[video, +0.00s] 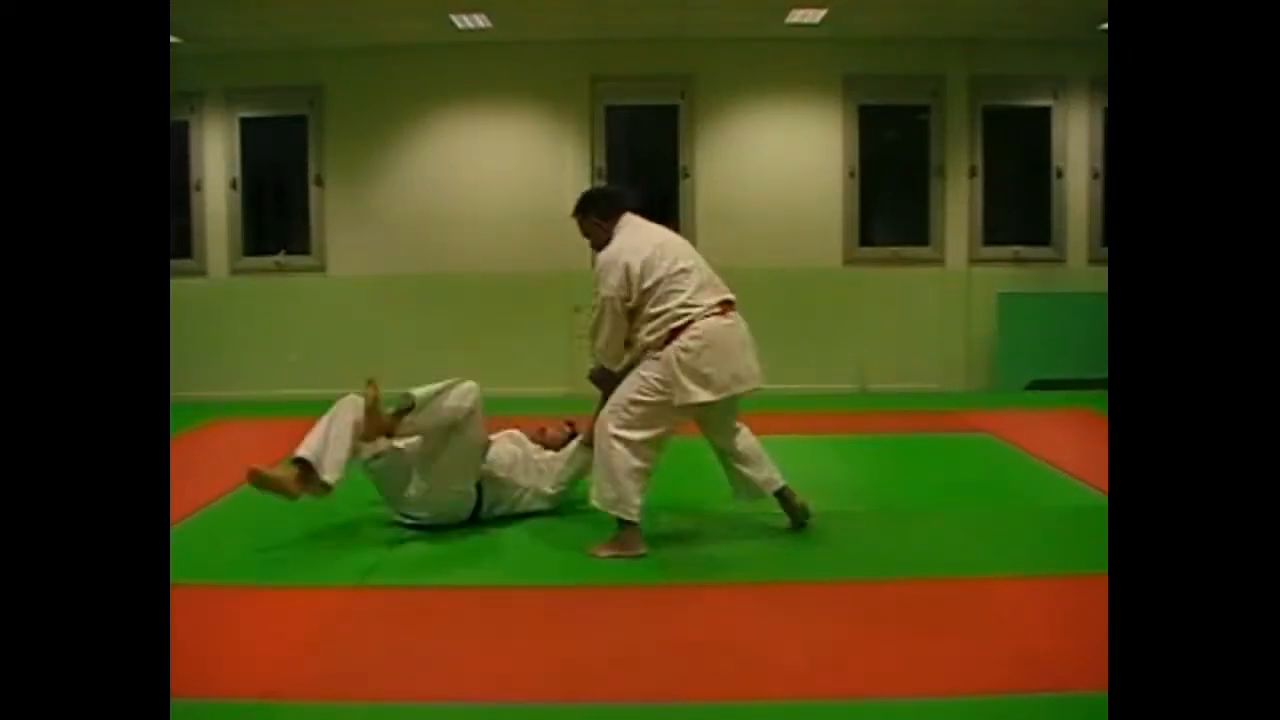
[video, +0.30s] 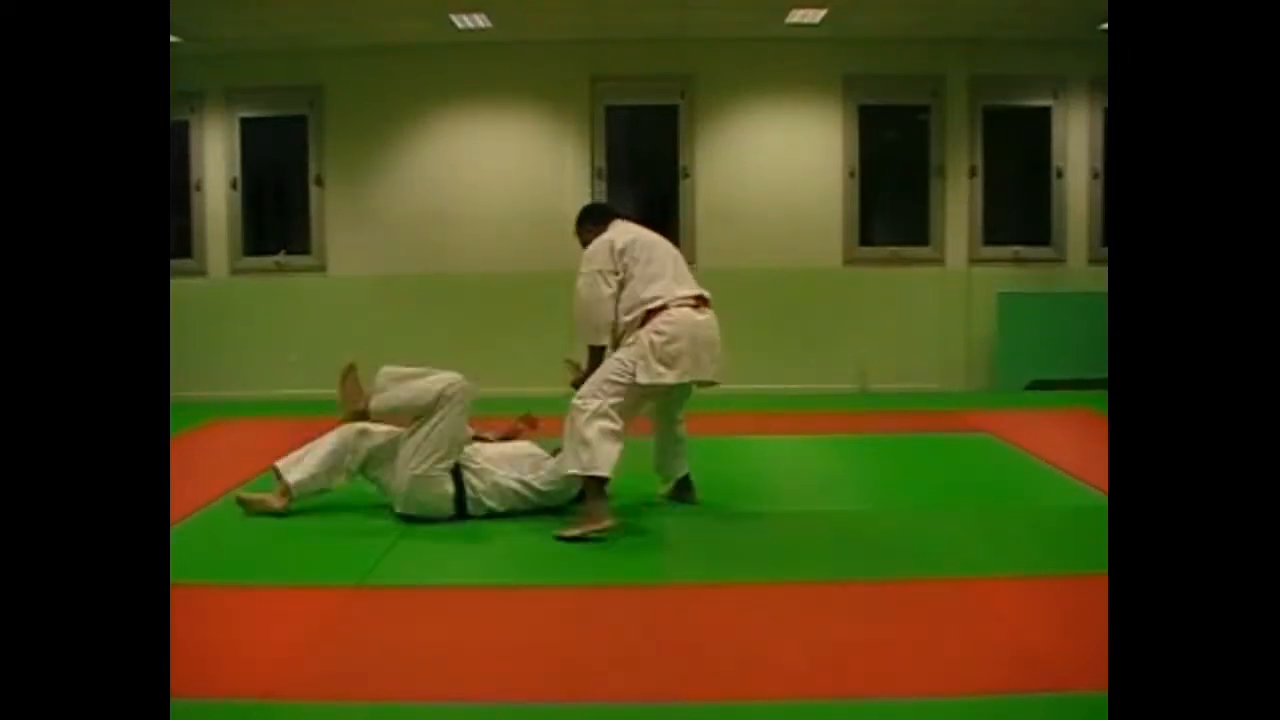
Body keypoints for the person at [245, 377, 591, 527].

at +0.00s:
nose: (547, 427)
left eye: (558, 431)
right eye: (551, 423)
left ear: (563, 449)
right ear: (538, 424)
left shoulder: (552, 479)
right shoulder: (501, 445)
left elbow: (590, 442)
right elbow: (453, 446)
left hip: (451, 500)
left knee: (468, 394)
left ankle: (389, 425)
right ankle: (303, 473)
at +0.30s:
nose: (571, 427)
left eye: (575, 427)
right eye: (575, 422)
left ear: (580, 446)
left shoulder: (564, 478)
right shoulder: (532, 460)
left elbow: (593, 436)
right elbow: (468, 451)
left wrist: (591, 394)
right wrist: (501, 437)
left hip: (437, 494)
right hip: (421, 479)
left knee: (456, 389)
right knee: (358, 435)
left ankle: (366, 407)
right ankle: (284, 494)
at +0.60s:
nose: (551, 446)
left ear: (567, 461)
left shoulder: (550, 471)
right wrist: (452, 445)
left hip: (424, 478)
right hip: (410, 498)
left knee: (387, 375)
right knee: (354, 478)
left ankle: (318, 428)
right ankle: (281, 501)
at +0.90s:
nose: (544, 427)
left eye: (550, 430)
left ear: (561, 450)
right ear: (574, 486)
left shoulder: (540, 456)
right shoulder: (552, 478)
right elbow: (498, 466)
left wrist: (445, 441)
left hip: (425, 466)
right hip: (424, 500)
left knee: (394, 383)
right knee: (355, 479)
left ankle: (324, 442)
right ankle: (282, 500)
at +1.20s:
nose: (544, 430)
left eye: (550, 433)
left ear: (562, 454)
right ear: (572, 490)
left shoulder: (541, 454)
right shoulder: (551, 484)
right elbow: (502, 469)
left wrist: (448, 441)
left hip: (424, 466)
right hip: (422, 501)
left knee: (401, 385)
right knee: (356, 479)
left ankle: (330, 440)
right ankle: (282, 500)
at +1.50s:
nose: (544, 430)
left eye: (549, 433)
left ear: (562, 454)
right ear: (571, 491)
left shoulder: (538, 453)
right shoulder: (549, 487)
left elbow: (484, 450)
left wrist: (447, 443)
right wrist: (456, 454)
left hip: (423, 465)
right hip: (421, 501)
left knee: (396, 385)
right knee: (356, 480)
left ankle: (326, 443)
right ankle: (282, 500)